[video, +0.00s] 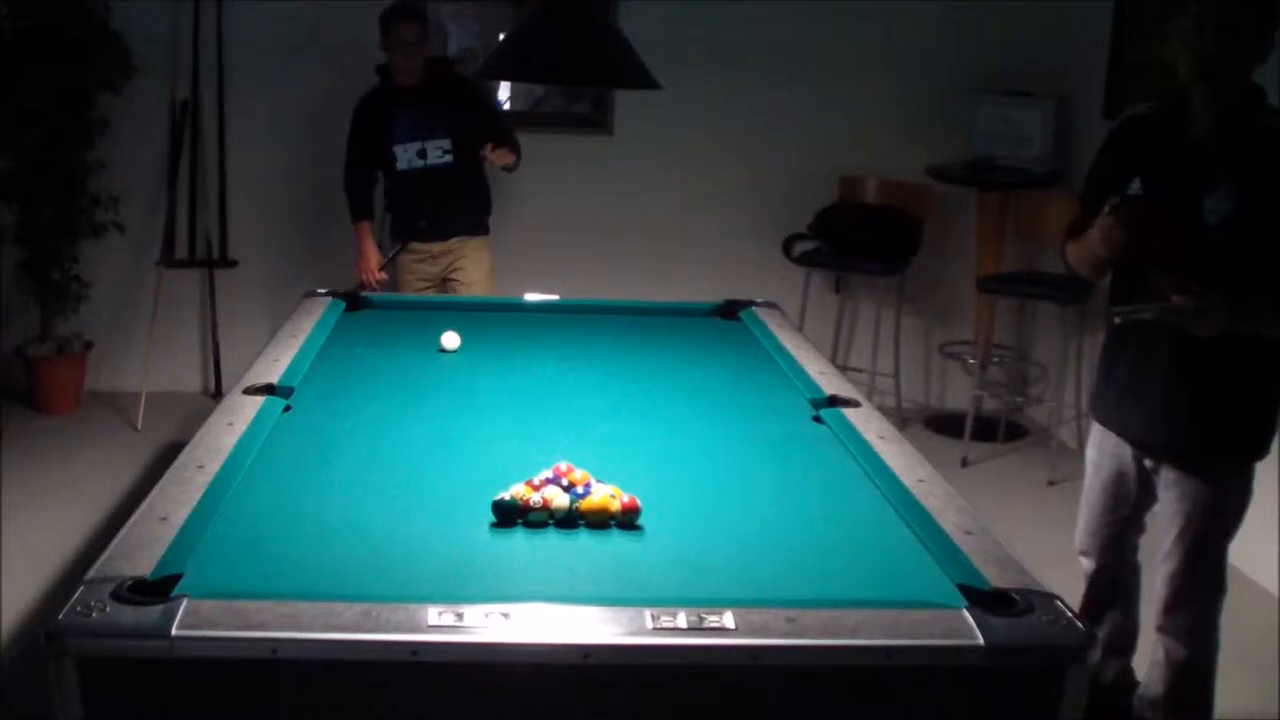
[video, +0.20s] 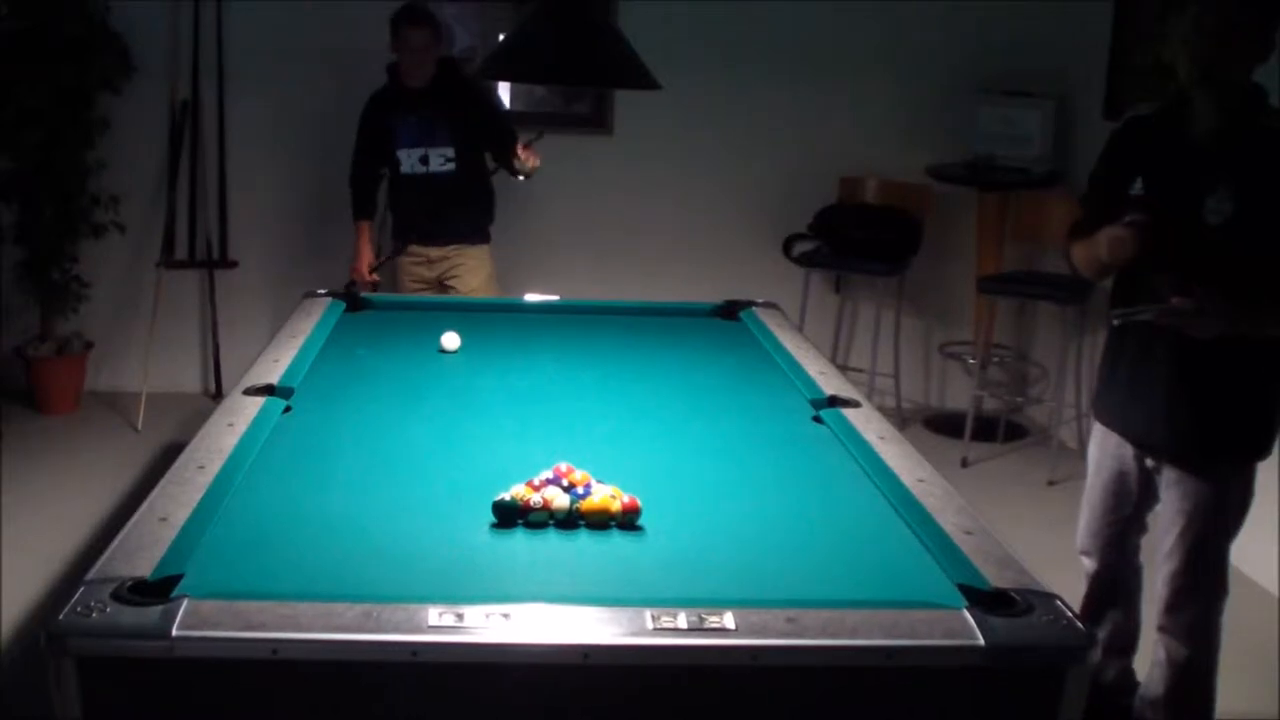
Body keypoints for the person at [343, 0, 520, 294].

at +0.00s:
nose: (409, 53)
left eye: (417, 43)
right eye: (400, 45)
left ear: (429, 43)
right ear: (385, 46)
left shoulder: (459, 90)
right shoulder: (374, 106)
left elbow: (508, 146)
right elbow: (358, 178)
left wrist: (503, 155)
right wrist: (366, 244)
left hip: (467, 244)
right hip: (411, 249)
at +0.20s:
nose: (417, 57)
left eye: (425, 47)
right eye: (408, 48)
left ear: (439, 46)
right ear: (395, 49)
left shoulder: (467, 92)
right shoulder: (383, 103)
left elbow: (501, 142)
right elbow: (364, 177)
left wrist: (520, 163)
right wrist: (363, 246)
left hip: (468, 250)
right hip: (410, 252)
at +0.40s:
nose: (431, 66)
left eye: (439, 57)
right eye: (423, 57)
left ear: (453, 57)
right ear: (410, 58)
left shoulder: (477, 101)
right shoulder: (395, 103)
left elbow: (509, 164)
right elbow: (375, 171)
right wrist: (370, 234)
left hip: (471, 252)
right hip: (417, 251)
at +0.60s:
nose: (444, 105)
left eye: (454, 96)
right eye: (436, 95)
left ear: (466, 91)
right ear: (424, 89)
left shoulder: (485, 125)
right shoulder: (409, 112)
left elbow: (501, 204)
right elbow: (395, 166)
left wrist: (486, 269)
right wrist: (391, 221)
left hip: (473, 255)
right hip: (425, 249)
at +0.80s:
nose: (444, 138)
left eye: (453, 130)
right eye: (437, 128)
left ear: (468, 123)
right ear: (425, 119)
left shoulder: (486, 151)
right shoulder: (413, 130)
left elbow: (494, 232)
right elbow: (402, 162)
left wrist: (467, 295)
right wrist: (399, 199)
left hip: (478, 243)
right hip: (434, 236)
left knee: (477, 323)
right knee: (429, 317)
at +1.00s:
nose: (436, 161)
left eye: (446, 152)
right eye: (429, 150)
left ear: (462, 142)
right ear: (419, 140)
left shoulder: (480, 165)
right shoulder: (407, 143)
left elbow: (488, 249)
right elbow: (402, 178)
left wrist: (460, 303)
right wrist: (402, 216)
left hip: (479, 241)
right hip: (437, 236)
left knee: (480, 318)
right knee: (434, 310)